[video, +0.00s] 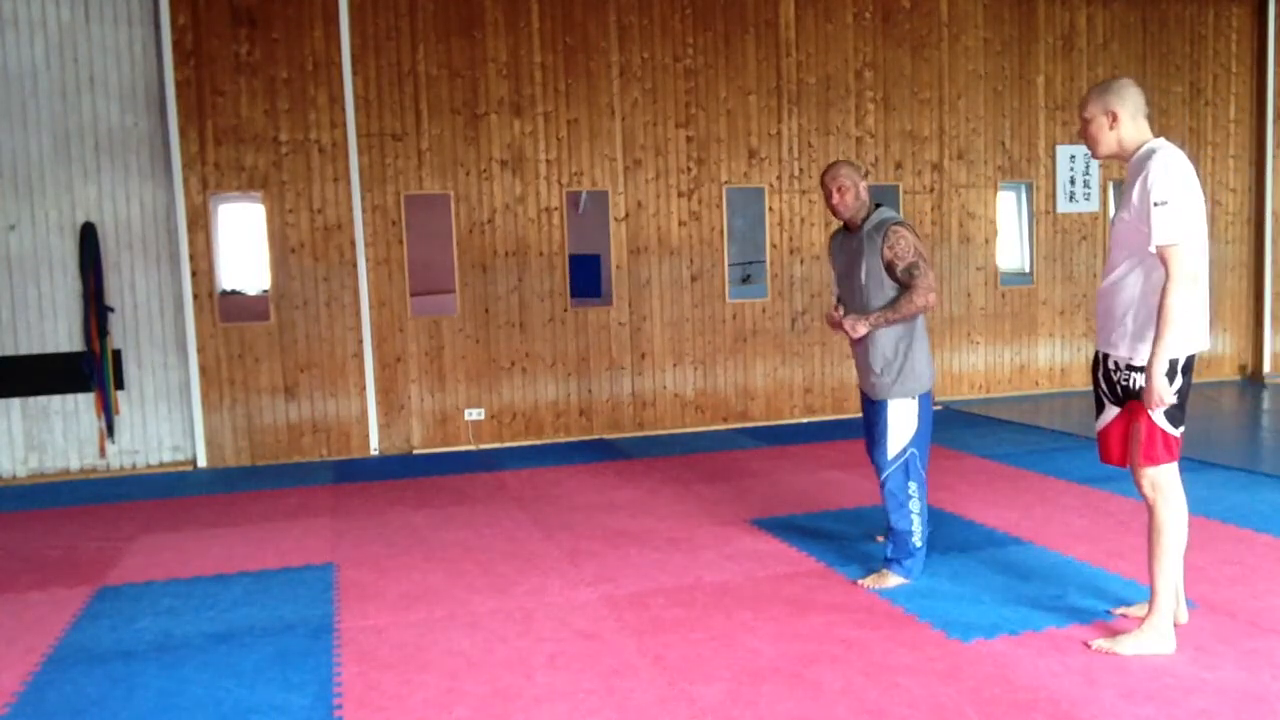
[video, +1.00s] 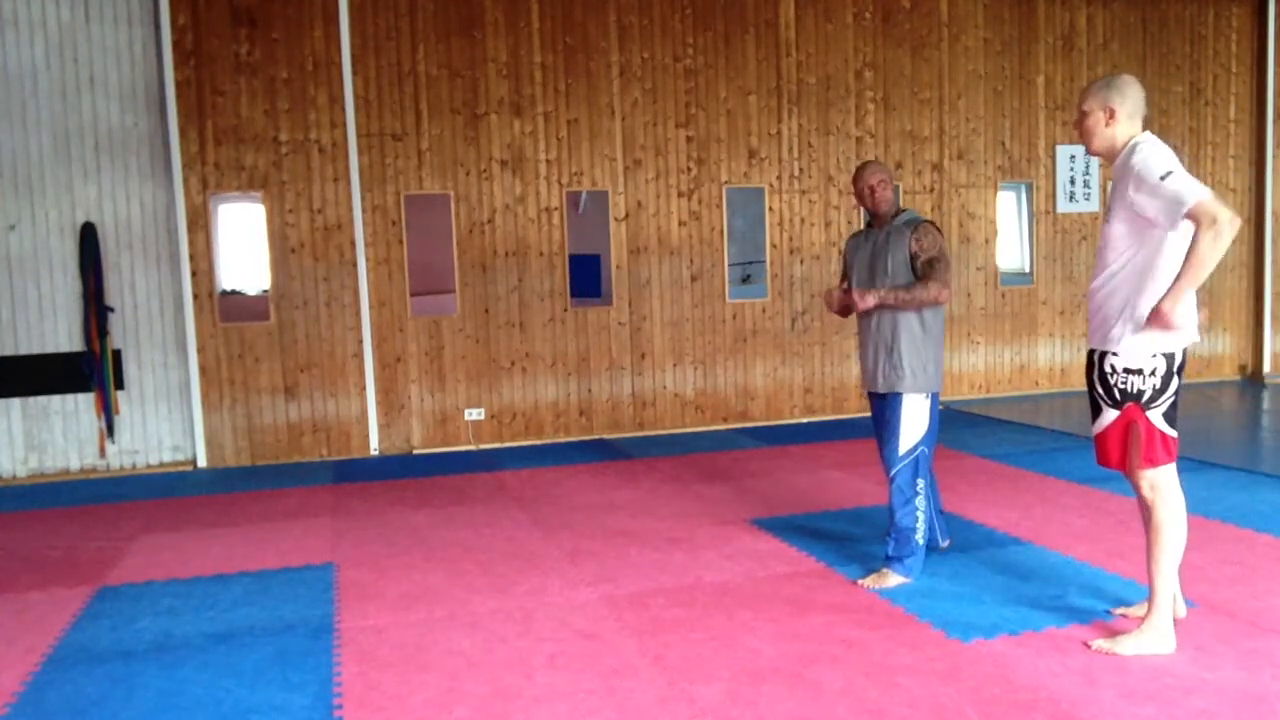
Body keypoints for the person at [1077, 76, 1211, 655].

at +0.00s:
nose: (1083, 135)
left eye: (1087, 123)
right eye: (1082, 125)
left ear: (1115, 119)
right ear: (1120, 118)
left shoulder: (1161, 169)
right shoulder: (1144, 170)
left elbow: (1178, 274)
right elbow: (1150, 271)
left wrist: (1157, 368)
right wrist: (1122, 352)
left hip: (1155, 355)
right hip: (1135, 352)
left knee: (1157, 481)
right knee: (1155, 479)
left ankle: (1161, 625)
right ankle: (1169, 598)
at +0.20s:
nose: (1081, 134)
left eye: (1085, 121)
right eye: (1080, 123)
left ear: (1114, 118)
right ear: (1118, 117)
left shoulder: (1158, 168)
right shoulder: (1140, 170)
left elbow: (1180, 271)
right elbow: (1155, 268)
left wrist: (1162, 366)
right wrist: (1124, 351)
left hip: (1151, 354)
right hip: (1133, 351)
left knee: (1158, 481)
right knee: (1155, 479)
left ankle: (1161, 625)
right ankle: (1168, 598)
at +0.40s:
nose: (1081, 134)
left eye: (1085, 121)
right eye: (1080, 123)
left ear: (1113, 118)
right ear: (1118, 117)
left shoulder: (1157, 168)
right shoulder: (1139, 170)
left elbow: (1178, 272)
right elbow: (1151, 269)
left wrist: (1149, 364)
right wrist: (1120, 351)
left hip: (1149, 355)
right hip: (1132, 352)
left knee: (1158, 482)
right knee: (1154, 480)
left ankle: (1160, 624)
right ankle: (1168, 597)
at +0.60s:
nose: (1080, 133)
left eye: (1085, 120)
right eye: (1080, 122)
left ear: (1113, 117)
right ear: (1118, 116)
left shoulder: (1154, 167)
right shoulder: (1141, 168)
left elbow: (1173, 271)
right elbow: (1162, 268)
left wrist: (1136, 361)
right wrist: (1122, 352)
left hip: (1146, 352)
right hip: (1135, 349)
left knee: (1156, 482)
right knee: (1153, 480)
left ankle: (1159, 624)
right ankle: (1168, 595)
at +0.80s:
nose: (1079, 127)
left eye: (1085, 115)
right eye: (1080, 116)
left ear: (1113, 115)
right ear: (1118, 114)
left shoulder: (1150, 164)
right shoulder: (1136, 167)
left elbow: (1182, 263)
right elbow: (1167, 262)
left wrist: (1143, 349)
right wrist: (1122, 345)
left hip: (1145, 351)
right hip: (1130, 347)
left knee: (1156, 481)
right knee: (1152, 479)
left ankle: (1159, 625)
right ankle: (1167, 595)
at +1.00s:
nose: (1078, 127)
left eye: (1085, 116)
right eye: (1079, 117)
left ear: (1114, 116)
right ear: (1116, 115)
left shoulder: (1145, 159)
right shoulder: (1130, 164)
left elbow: (1220, 221)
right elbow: (1200, 221)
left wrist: (1174, 300)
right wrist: (1136, 303)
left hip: (1141, 343)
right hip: (1131, 341)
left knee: (1152, 477)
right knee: (1150, 474)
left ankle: (1159, 624)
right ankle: (1167, 594)